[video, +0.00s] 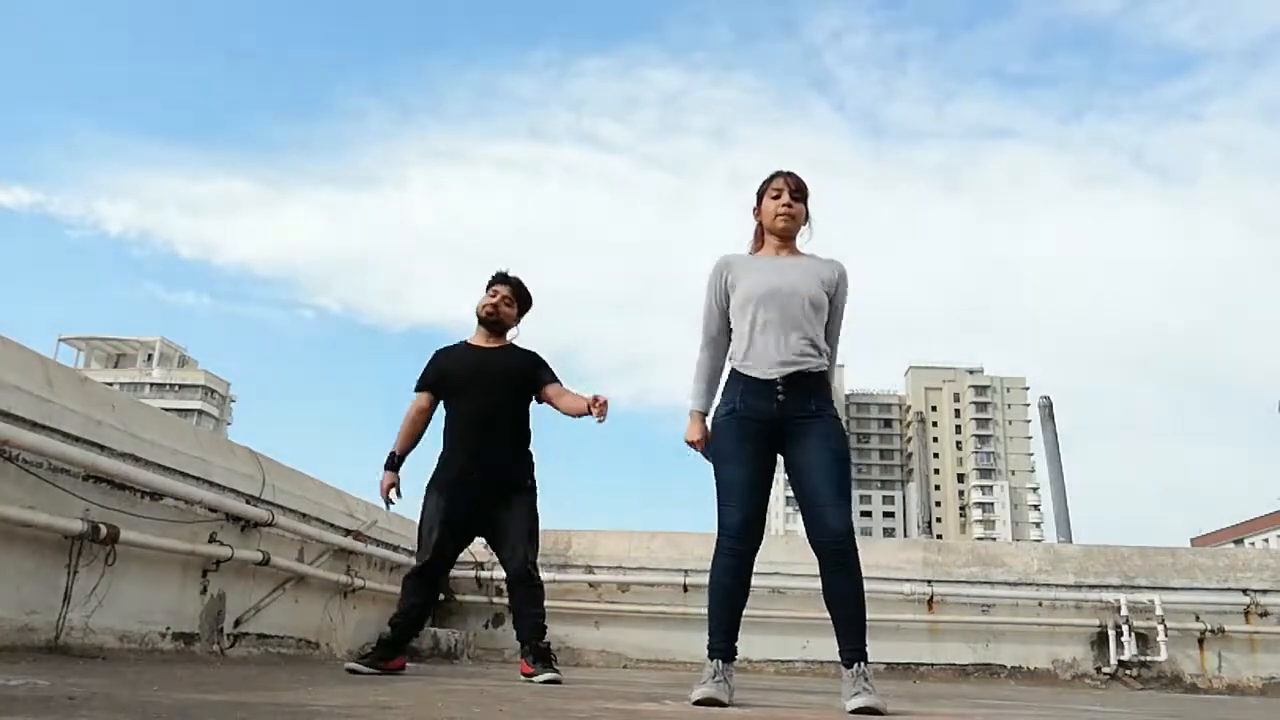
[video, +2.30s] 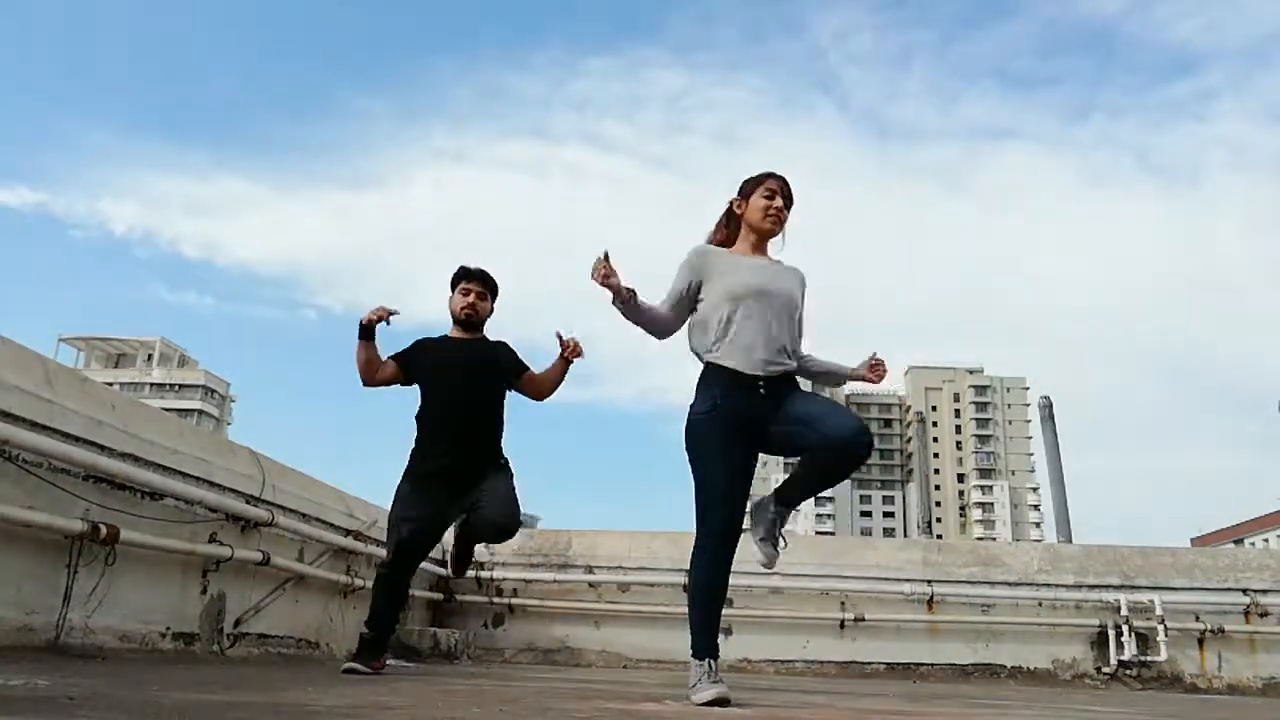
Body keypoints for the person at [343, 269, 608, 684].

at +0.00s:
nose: (495, 301)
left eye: (507, 300)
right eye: (492, 294)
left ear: (517, 318)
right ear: (479, 303)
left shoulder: (528, 363)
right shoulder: (447, 358)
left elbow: (558, 395)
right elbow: (420, 411)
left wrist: (587, 404)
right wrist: (393, 463)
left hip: (511, 486)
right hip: (454, 481)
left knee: (523, 568)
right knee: (428, 563)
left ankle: (535, 653)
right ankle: (392, 647)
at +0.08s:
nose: (487, 300)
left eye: (498, 300)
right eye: (484, 292)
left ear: (507, 318)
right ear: (470, 300)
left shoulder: (517, 360)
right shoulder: (436, 356)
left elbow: (543, 398)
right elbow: (404, 405)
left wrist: (559, 412)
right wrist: (372, 456)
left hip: (503, 484)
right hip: (445, 480)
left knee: (524, 564)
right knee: (421, 566)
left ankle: (537, 652)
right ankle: (392, 649)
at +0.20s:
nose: (479, 302)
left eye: (490, 302)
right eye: (475, 295)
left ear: (500, 317)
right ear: (463, 301)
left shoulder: (513, 360)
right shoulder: (431, 358)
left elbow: (535, 409)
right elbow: (396, 406)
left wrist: (530, 442)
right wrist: (360, 453)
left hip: (498, 482)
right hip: (439, 481)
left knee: (528, 559)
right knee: (417, 564)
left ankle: (541, 648)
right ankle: (391, 648)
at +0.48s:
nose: (487, 304)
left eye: (497, 302)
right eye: (482, 297)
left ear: (506, 316)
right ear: (468, 303)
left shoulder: (522, 352)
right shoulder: (441, 363)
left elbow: (545, 402)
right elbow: (423, 411)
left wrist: (524, 448)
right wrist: (411, 443)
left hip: (497, 480)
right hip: (441, 479)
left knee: (511, 569)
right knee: (418, 563)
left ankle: (535, 654)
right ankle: (392, 647)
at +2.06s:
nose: (476, 301)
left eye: (486, 297)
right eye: (470, 294)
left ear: (497, 310)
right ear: (457, 301)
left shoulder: (508, 361)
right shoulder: (428, 352)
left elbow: (528, 404)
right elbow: (395, 397)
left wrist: (530, 427)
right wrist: (402, 407)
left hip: (489, 475)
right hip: (431, 471)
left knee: (509, 563)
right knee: (402, 558)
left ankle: (530, 651)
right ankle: (373, 648)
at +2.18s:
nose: (469, 301)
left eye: (479, 297)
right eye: (463, 293)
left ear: (489, 310)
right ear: (449, 301)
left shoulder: (498, 355)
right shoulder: (426, 352)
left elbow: (531, 393)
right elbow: (374, 382)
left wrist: (560, 375)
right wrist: (360, 341)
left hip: (485, 472)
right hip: (429, 470)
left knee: (504, 530)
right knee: (402, 557)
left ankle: (476, 566)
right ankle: (372, 649)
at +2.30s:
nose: (471, 300)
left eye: (481, 296)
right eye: (465, 292)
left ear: (491, 309)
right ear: (450, 301)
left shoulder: (500, 355)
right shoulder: (426, 351)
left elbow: (539, 388)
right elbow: (372, 375)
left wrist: (563, 361)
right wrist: (366, 330)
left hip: (486, 469)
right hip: (430, 469)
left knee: (502, 523)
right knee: (398, 558)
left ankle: (466, 535)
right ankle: (372, 650)